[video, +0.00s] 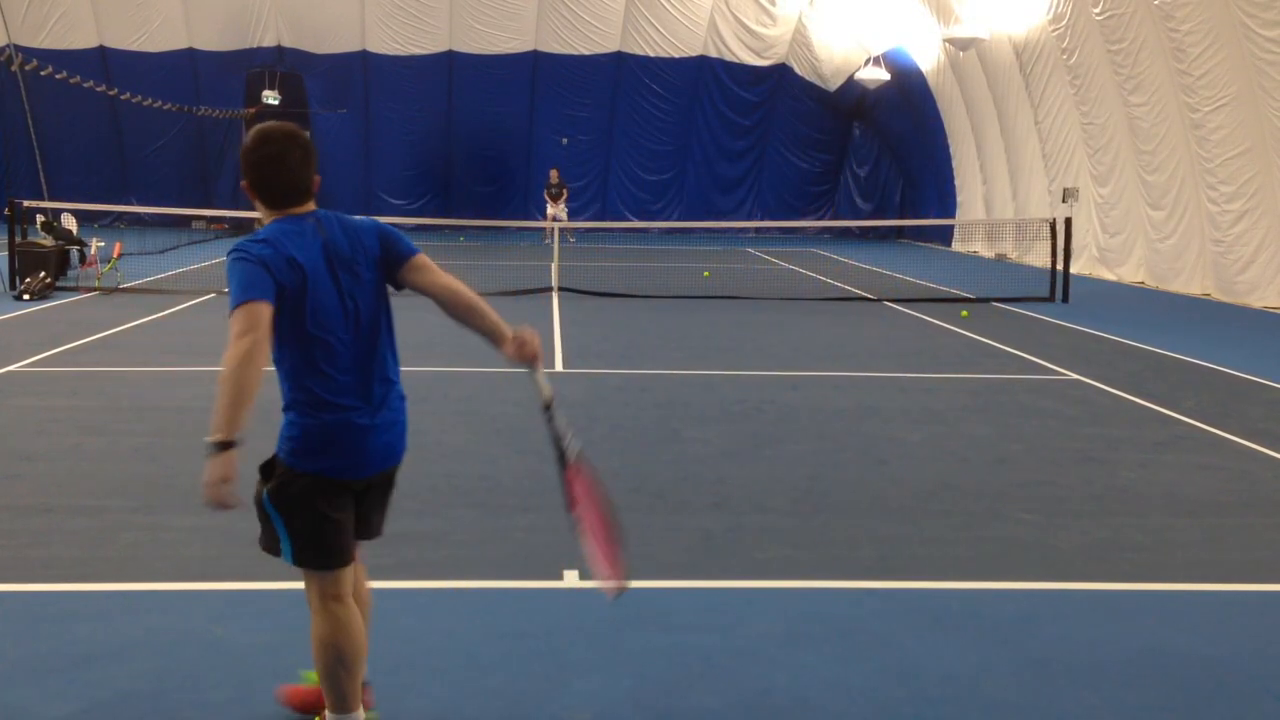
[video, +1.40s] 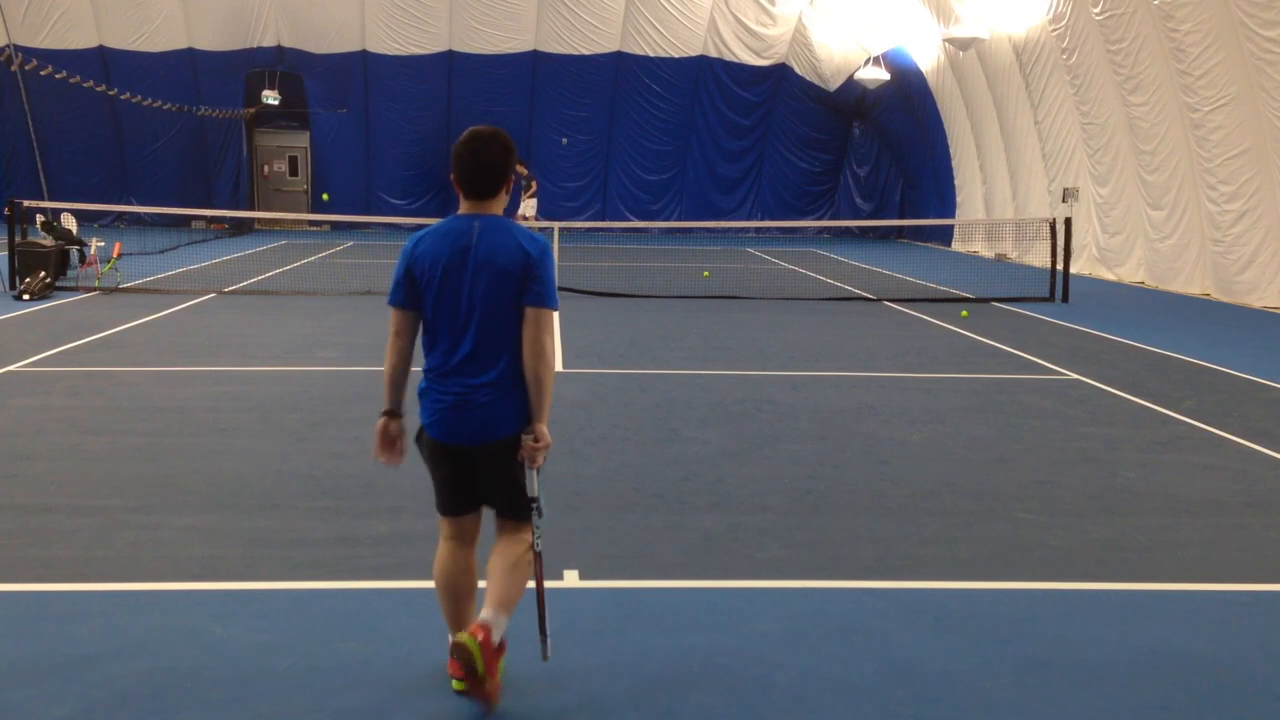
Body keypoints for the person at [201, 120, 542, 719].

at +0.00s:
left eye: (246, 179)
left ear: (249, 191)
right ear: (315, 181)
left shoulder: (256, 254)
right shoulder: (365, 232)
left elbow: (251, 338)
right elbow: (442, 286)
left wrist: (222, 443)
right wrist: (504, 334)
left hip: (317, 448)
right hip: (383, 441)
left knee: (330, 593)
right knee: (348, 565)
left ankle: (347, 713)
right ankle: (346, 683)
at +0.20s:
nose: (284, 174)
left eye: (284, 167)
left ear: (288, 180)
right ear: (355, 177)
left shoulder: (272, 252)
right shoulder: (398, 239)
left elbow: (241, 355)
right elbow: (448, 324)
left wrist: (206, 420)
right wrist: (486, 396)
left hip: (324, 449)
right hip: (401, 442)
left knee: (336, 590)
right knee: (397, 557)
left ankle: (344, 713)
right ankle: (435, 693)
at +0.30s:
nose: (315, 174)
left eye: (313, 167)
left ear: (315, 177)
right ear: (380, 179)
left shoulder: (289, 249)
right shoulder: (416, 246)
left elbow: (254, 353)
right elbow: (449, 342)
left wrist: (245, 388)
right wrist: (473, 418)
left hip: (330, 453)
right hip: (410, 448)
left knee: (340, 591)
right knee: (428, 569)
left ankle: (345, 714)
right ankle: (454, 700)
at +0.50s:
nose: (368, 176)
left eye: (370, 170)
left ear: (370, 181)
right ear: (434, 183)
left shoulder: (341, 248)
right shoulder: (464, 258)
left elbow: (301, 340)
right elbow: (475, 358)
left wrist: (325, 357)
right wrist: (476, 440)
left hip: (361, 453)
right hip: (433, 454)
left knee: (354, 586)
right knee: (448, 580)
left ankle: (347, 712)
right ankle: (456, 705)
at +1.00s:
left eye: (459, 169)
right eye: (516, 175)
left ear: (454, 179)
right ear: (517, 185)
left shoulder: (420, 241)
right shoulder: (533, 260)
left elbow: (389, 318)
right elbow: (539, 357)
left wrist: (349, 401)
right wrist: (529, 436)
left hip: (419, 430)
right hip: (491, 436)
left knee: (424, 543)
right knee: (477, 565)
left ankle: (429, 660)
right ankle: (462, 700)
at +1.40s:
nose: (511, 183)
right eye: (513, 175)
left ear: (453, 182)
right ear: (511, 181)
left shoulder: (422, 246)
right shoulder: (530, 248)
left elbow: (400, 339)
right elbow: (537, 342)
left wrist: (392, 410)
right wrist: (539, 419)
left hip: (442, 421)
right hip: (505, 421)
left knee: (455, 533)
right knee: (515, 529)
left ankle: (462, 657)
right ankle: (489, 630)